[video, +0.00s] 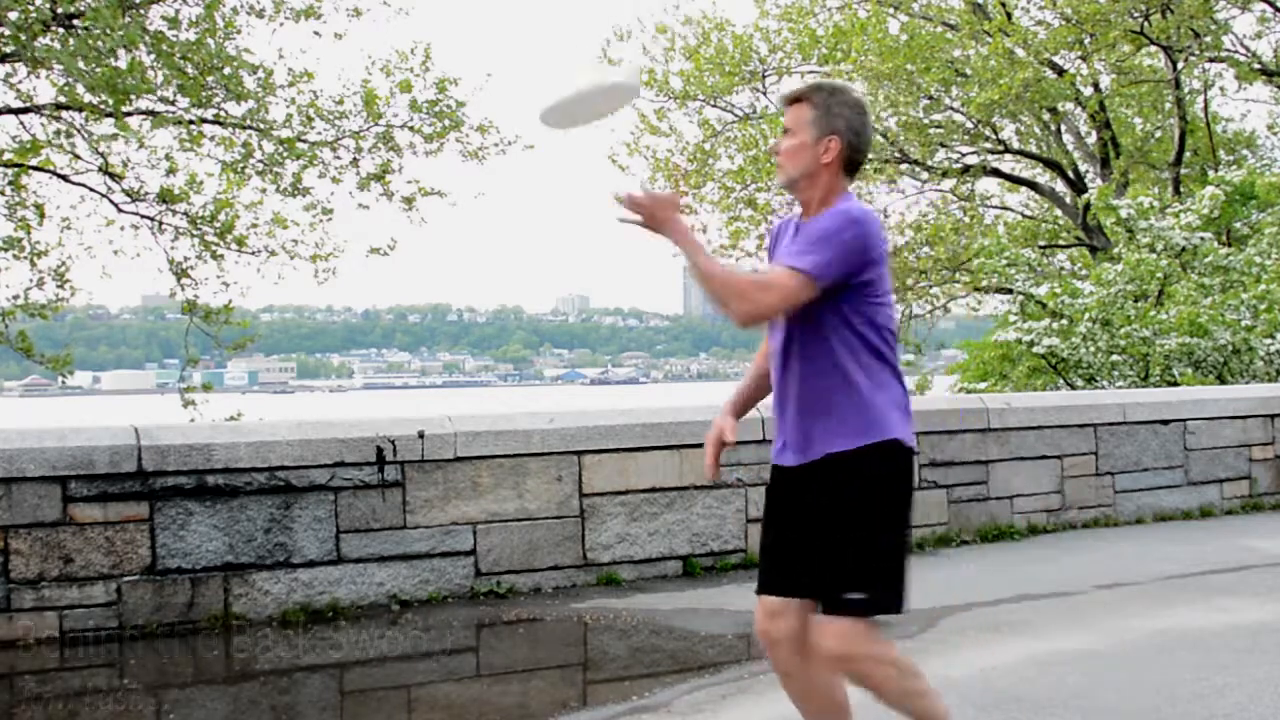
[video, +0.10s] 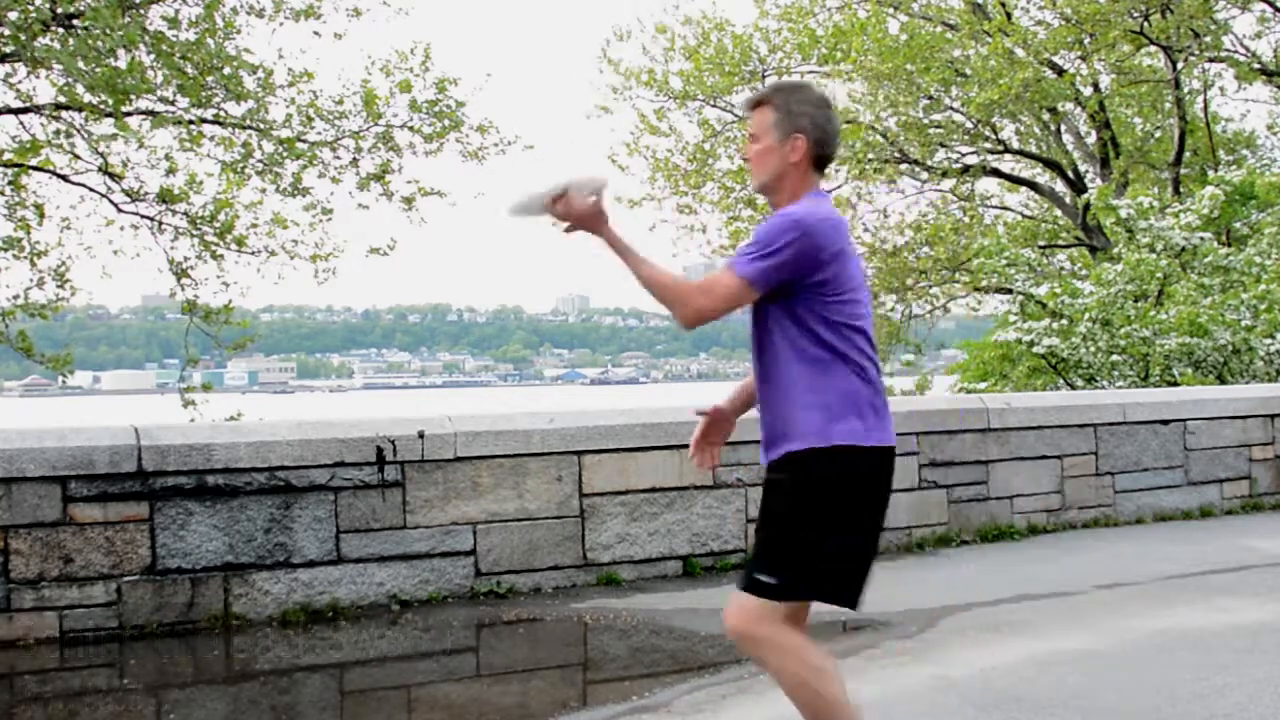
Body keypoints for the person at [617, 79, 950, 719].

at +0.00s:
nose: (775, 145)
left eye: (788, 133)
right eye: (779, 132)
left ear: (830, 148)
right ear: (820, 149)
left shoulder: (853, 223)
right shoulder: (785, 231)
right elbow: (783, 344)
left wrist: (680, 234)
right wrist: (733, 409)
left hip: (864, 448)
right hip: (799, 452)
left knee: (842, 640)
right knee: (778, 626)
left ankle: (938, 711)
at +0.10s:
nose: (745, 151)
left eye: (756, 138)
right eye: (746, 138)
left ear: (797, 147)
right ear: (795, 150)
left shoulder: (802, 225)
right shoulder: (815, 228)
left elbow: (693, 306)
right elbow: (803, 352)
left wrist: (605, 231)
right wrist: (733, 405)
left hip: (828, 449)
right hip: (825, 448)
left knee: (750, 619)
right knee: (783, 623)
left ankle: (846, 713)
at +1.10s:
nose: (806, 163)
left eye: (802, 152)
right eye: (801, 153)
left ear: (738, 173)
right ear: (785, 163)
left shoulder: (713, 240)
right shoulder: (825, 226)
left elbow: (728, 311)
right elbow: (848, 312)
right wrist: (853, 422)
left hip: (716, 441)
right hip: (800, 433)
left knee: (708, 608)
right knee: (851, 555)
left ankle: (693, 717)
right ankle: (858, 700)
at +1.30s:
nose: (886, 184)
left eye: (882, 173)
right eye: (880, 174)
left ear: (831, 191)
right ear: (863, 183)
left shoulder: (812, 255)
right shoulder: (880, 241)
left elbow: (882, 342)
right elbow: (863, 332)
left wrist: (943, 298)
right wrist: (917, 405)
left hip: (798, 452)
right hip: (865, 449)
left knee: (787, 594)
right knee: (926, 580)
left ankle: (707, 698)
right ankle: (896, 711)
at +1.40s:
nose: (928, 188)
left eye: (926, 177)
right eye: (922, 177)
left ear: (880, 191)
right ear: (897, 187)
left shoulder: (857, 254)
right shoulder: (894, 246)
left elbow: (902, 367)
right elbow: (856, 335)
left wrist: (970, 331)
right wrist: (926, 403)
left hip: (832, 441)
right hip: (876, 440)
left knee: (875, 588)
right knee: (946, 579)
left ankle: (774, 684)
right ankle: (896, 712)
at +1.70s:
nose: (970, 173)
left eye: (967, 162)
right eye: (961, 163)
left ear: (934, 177)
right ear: (928, 177)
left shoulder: (964, 239)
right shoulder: (899, 253)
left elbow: (1027, 271)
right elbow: (863, 350)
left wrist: (1085, 234)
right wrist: (921, 429)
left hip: (952, 429)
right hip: (915, 435)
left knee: (977, 569)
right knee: (981, 570)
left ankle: (970, 695)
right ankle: (900, 707)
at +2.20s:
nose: (969, 153)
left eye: (960, 148)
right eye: (958, 150)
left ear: (946, 176)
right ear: (943, 175)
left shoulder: (989, 214)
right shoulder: (947, 240)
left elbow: (1024, 174)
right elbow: (944, 341)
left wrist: (1032, 104)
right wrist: (1029, 390)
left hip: (1016, 418)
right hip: (975, 424)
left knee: (1078, 549)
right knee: (976, 577)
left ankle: (1052, 681)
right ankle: (914, 709)